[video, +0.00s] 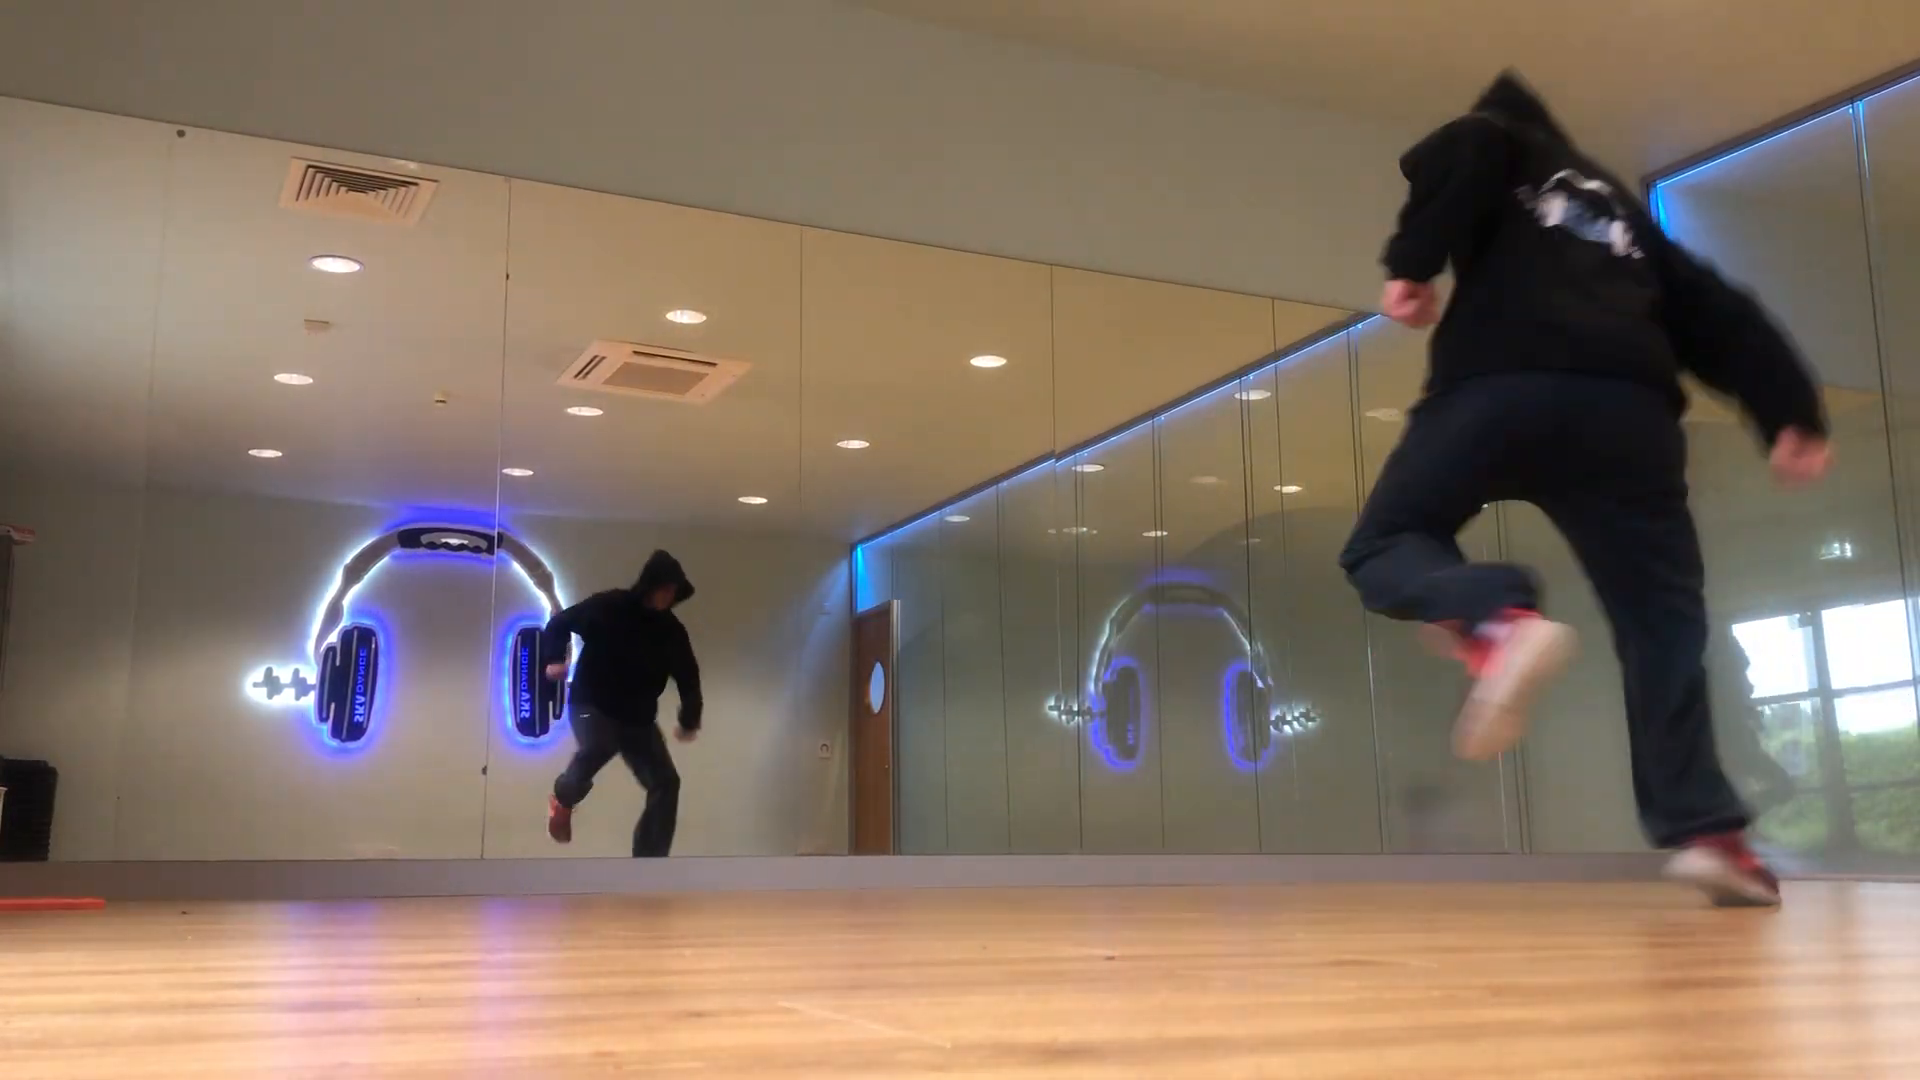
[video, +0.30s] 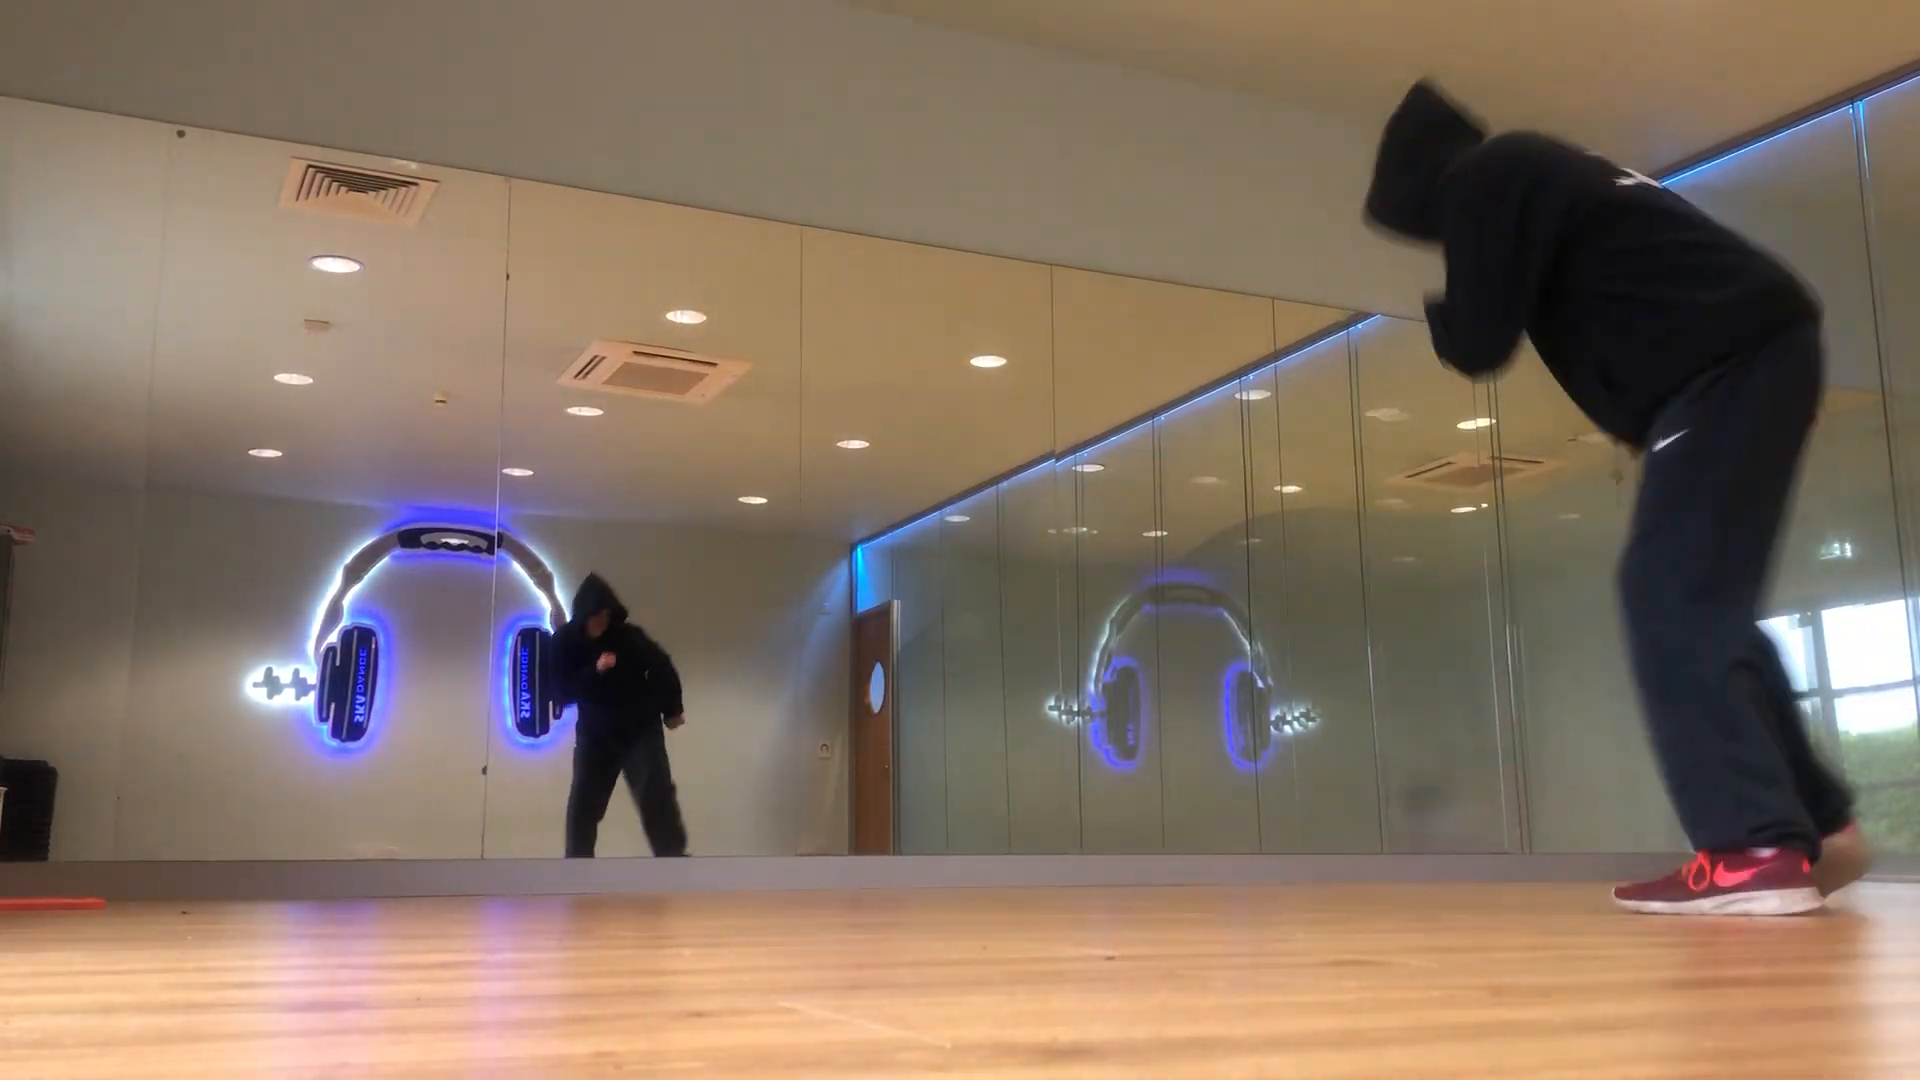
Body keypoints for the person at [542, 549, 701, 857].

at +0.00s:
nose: (668, 597)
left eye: (673, 591)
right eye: (665, 589)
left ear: (675, 594)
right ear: (650, 585)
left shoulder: (672, 631)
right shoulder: (610, 606)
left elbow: (688, 677)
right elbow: (558, 624)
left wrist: (689, 719)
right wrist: (554, 659)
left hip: (636, 718)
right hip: (591, 707)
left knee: (665, 783)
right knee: (599, 747)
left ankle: (648, 868)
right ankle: (562, 801)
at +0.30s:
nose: (600, 621)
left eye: (604, 613)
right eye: (594, 614)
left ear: (612, 611)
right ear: (582, 614)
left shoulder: (629, 637)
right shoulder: (566, 641)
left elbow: (661, 666)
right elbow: (560, 688)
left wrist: (672, 707)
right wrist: (594, 670)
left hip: (640, 732)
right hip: (595, 735)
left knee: (656, 796)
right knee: (584, 804)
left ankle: (674, 865)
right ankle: (577, 872)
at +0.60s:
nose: (582, 583)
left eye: (587, 576)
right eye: (576, 577)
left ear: (593, 578)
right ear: (563, 578)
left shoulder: (609, 611)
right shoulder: (542, 616)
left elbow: (631, 652)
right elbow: (506, 650)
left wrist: (628, 691)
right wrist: (494, 685)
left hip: (612, 708)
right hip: (571, 713)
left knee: (650, 762)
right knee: (577, 790)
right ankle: (575, 866)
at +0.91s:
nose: (609, 622)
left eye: (614, 616)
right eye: (605, 614)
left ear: (616, 617)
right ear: (589, 611)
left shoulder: (604, 643)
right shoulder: (556, 633)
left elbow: (627, 664)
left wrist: (654, 687)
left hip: (574, 728)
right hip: (538, 729)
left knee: (604, 785)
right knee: (566, 794)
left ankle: (549, 833)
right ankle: (552, 870)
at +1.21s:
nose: (591, 604)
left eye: (595, 600)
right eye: (591, 597)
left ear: (581, 591)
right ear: (580, 588)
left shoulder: (569, 615)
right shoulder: (550, 611)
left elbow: (556, 658)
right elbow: (515, 631)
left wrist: (585, 663)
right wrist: (484, 643)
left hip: (555, 714)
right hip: (542, 714)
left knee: (545, 786)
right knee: (555, 790)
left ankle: (512, 849)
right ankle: (547, 865)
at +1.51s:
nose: (590, 654)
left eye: (594, 650)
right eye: (590, 647)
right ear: (580, 640)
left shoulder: (562, 673)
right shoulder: (545, 655)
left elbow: (547, 732)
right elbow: (520, 682)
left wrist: (572, 755)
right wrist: (511, 710)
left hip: (525, 747)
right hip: (511, 743)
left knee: (536, 814)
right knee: (552, 793)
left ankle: (502, 872)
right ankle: (547, 869)